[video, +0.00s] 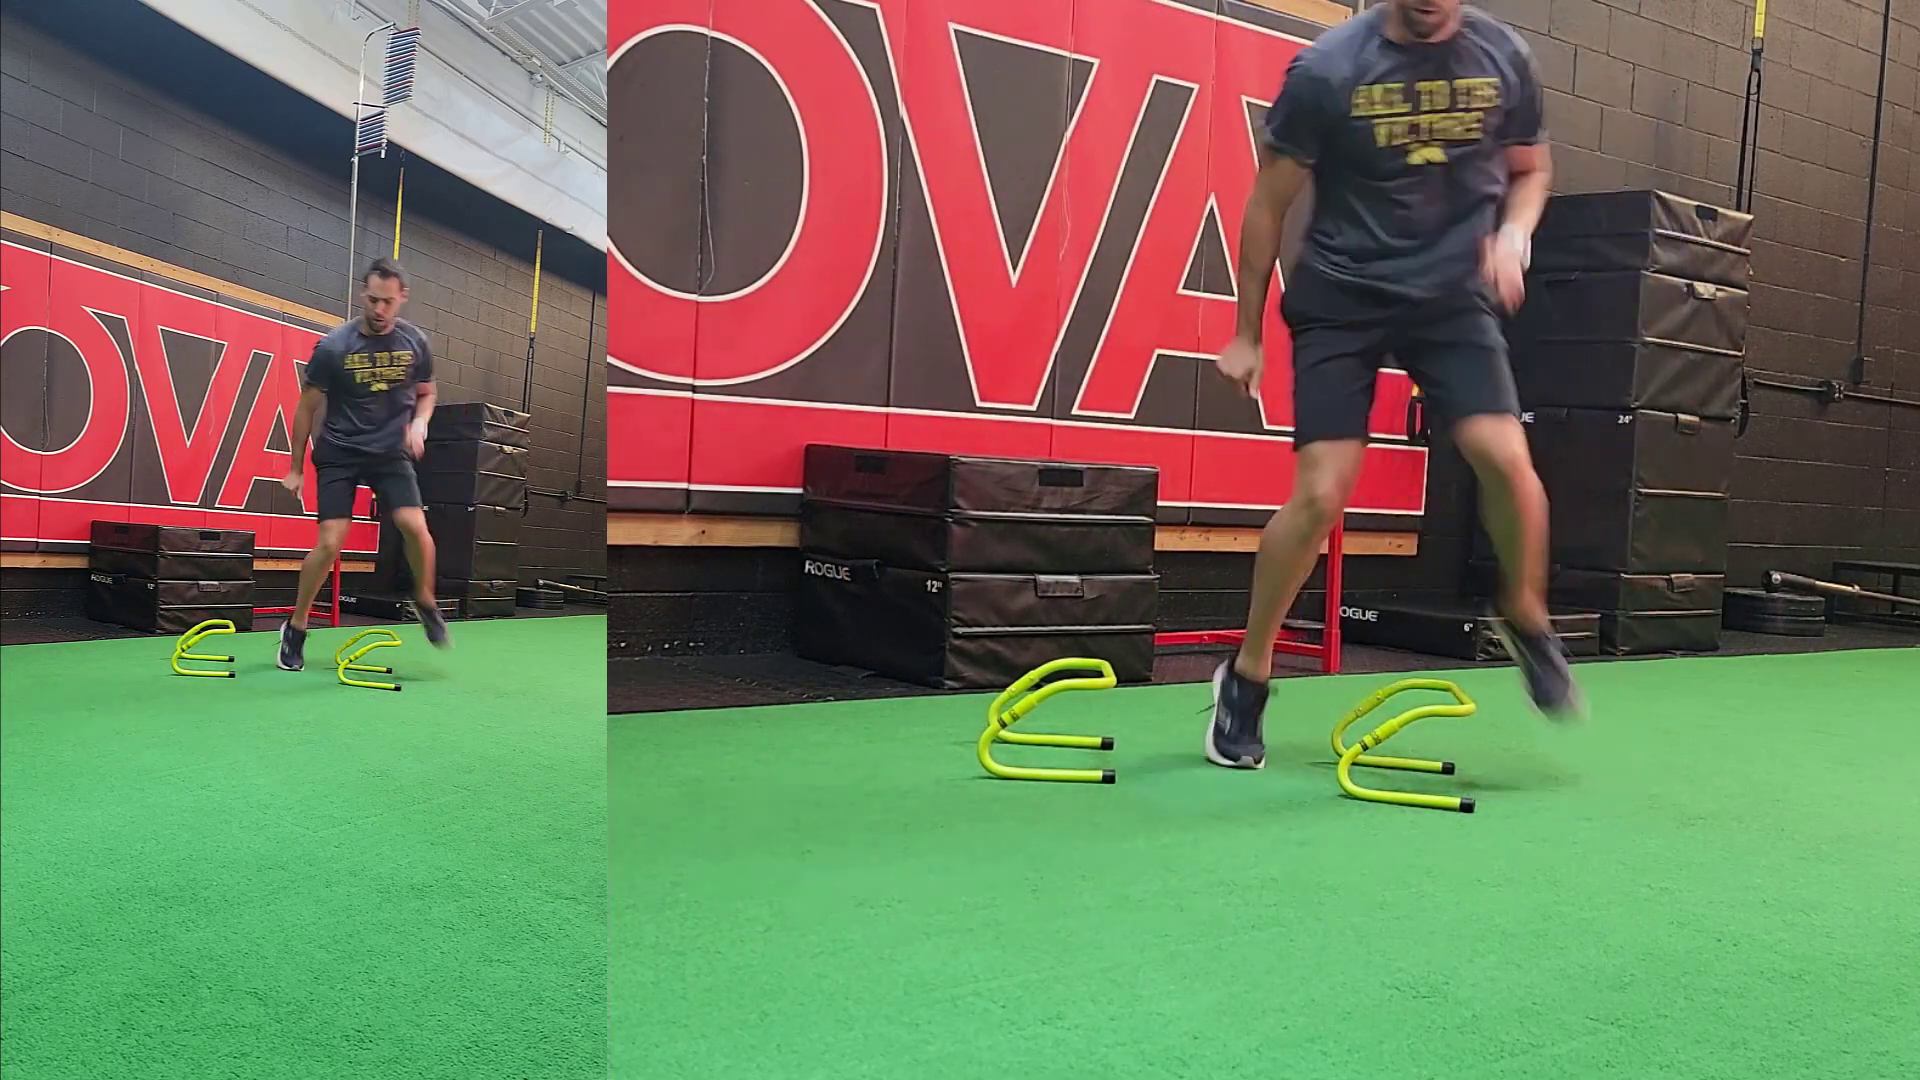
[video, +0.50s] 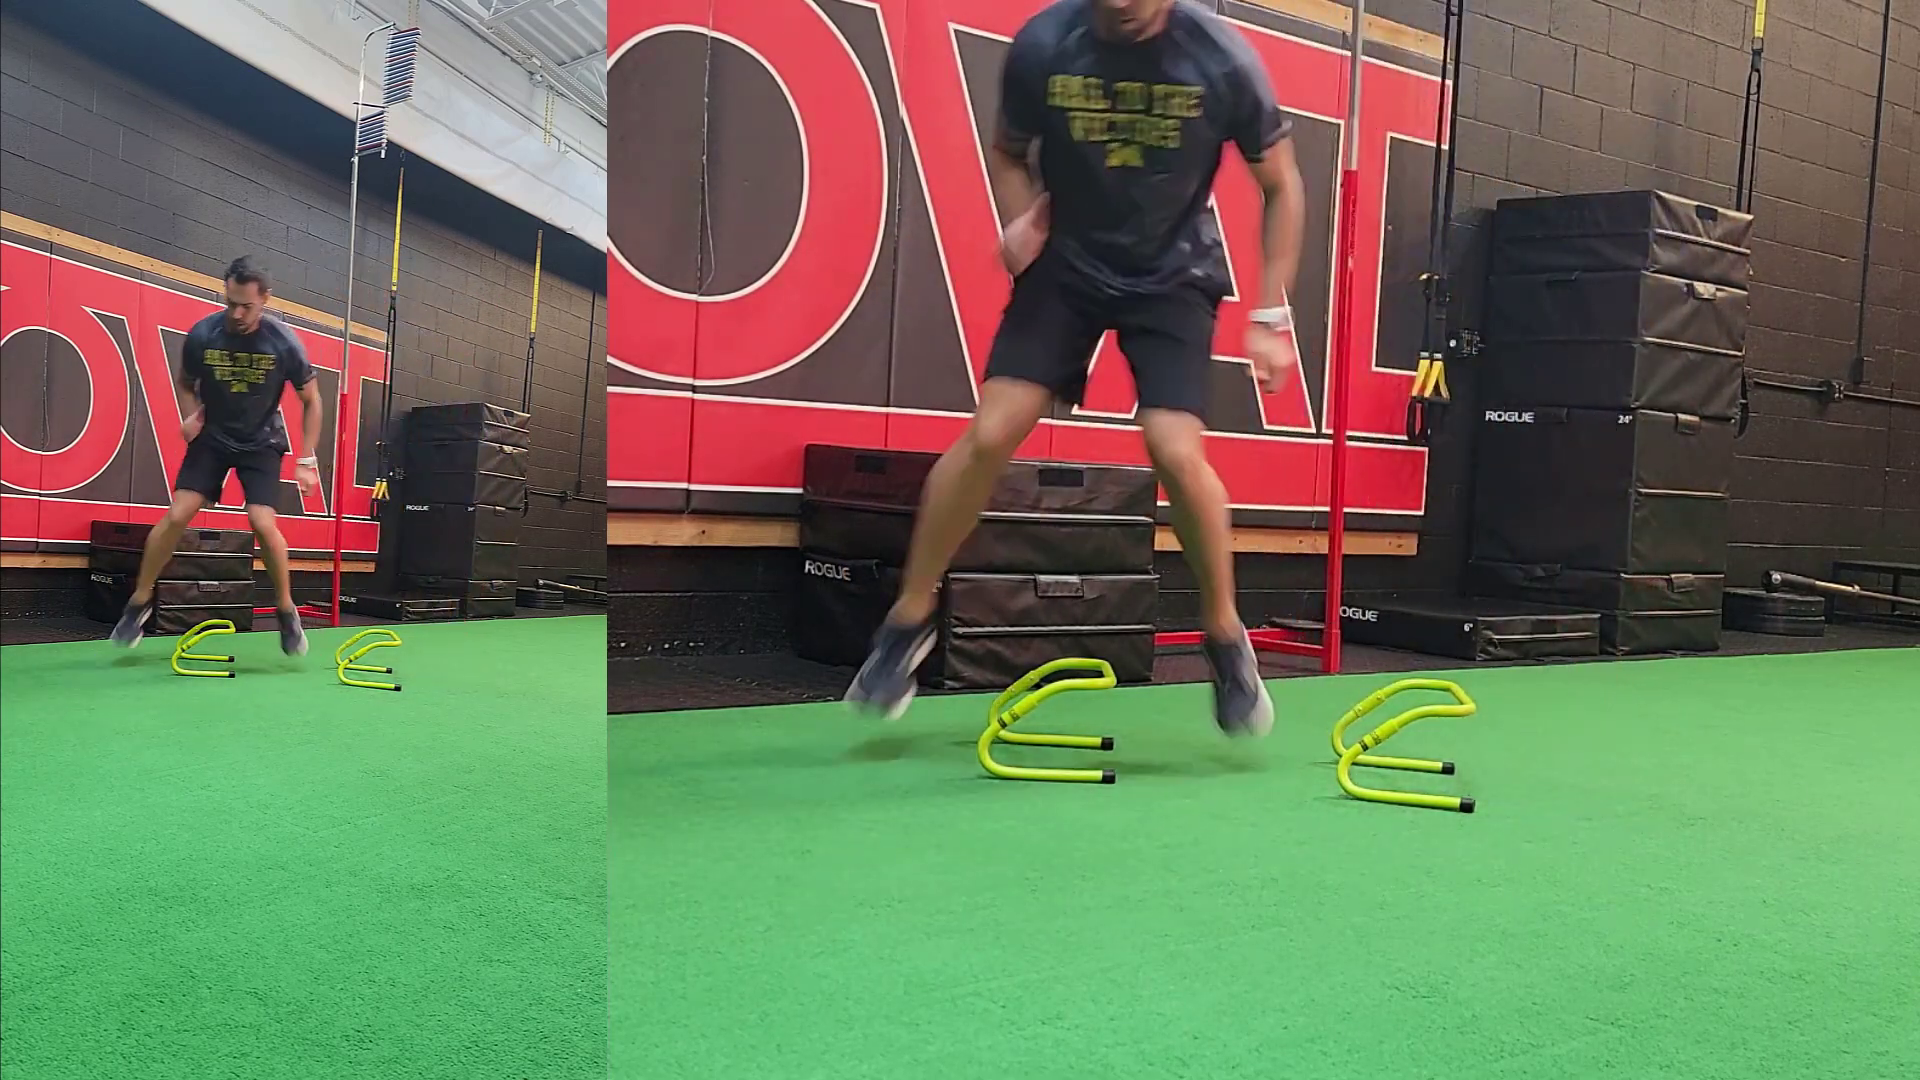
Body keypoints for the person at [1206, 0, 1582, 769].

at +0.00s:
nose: (1432, 5)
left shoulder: (1503, 56)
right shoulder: (1326, 69)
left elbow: (1531, 169)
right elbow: (1269, 200)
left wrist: (1513, 234)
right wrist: (1245, 333)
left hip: (1453, 299)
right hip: (1340, 300)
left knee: (1507, 460)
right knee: (1321, 496)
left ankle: (1526, 617)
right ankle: (1249, 677)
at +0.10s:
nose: (1363, 13)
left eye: (1377, 6)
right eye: (1349, 7)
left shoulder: (1443, 68)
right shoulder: (1267, 75)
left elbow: (1475, 166)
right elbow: (1219, 204)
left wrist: (1484, 278)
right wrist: (1270, 279)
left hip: (1397, 280)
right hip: (1292, 282)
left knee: (1418, 387)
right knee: (1279, 511)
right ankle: (1236, 694)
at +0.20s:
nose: (1325, 4)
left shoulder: (1400, 40)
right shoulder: (1215, 37)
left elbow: (1427, 137)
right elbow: (1169, 159)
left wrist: (1422, 248)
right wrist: (1225, 192)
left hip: (1335, 266)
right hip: (1230, 269)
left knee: (1327, 419)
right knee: (1226, 460)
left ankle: (1303, 629)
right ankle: (1222, 657)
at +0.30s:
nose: (1252, 9)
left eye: (1265, 3)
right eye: (1238, 2)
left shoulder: (1340, 57)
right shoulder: (1159, 41)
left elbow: (1363, 180)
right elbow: (1119, 155)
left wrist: (1352, 297)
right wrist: (1114, 248)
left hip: (1280, 287)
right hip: (1176, 274)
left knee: (1259, 486)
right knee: (1141, 408)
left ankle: (1272, 705)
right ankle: (1177, 505)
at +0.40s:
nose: (1191, 8)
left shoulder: (1290, 69)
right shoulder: (1111, 54)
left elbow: (1328, 198)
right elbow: (1066, 155)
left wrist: (1313, 325)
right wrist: (1063, 225)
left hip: (1231, 305)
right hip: (1124, 279)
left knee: (1235, 504)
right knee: (1053, 391)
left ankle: (1266, 712)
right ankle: (1071, 479)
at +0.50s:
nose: (1127, 11)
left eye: (1143, 3)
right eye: (1114, 2)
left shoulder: (1224, 62)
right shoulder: (1043, 46)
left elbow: (1283, 185)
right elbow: (1008, 150)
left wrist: (1273, 314)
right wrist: (1020, 216)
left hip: (1172, 281)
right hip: (1066, 270)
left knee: (1175, 450)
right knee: (988, 437)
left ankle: (1225, 632)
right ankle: (911, 614)